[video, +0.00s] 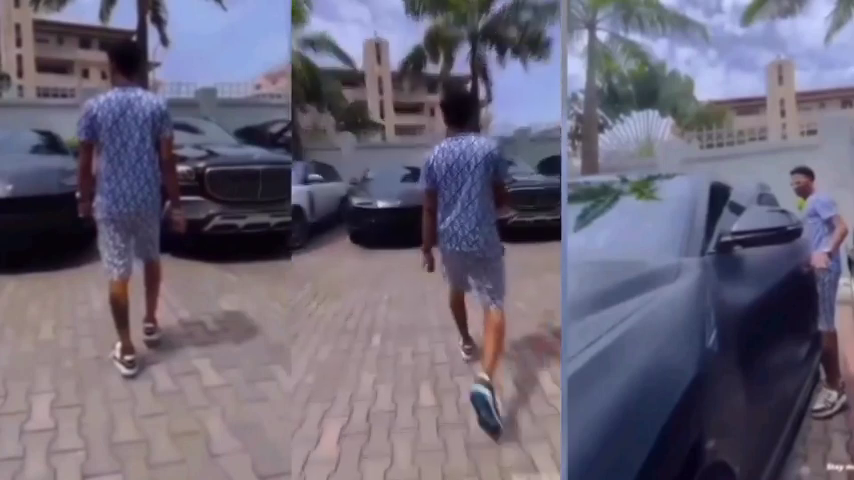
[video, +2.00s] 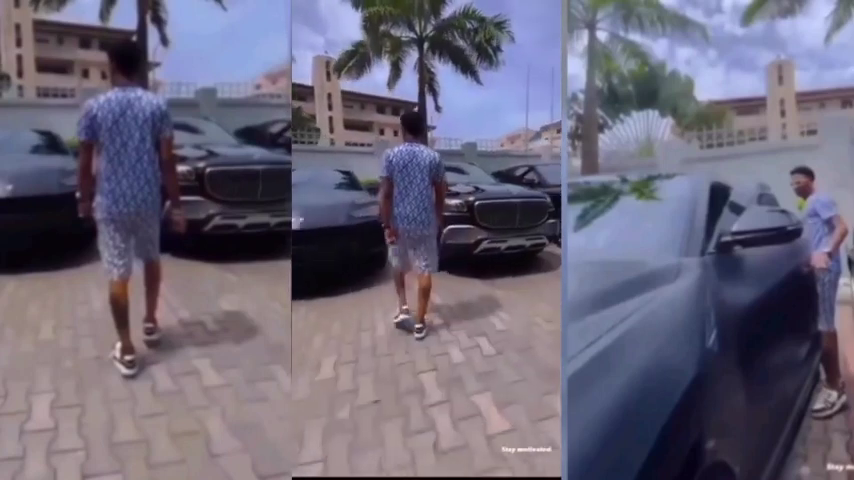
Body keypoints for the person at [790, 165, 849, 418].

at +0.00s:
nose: (796, 187)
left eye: (799, 183)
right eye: (793, 184)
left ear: (811, 181)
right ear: (797, 185)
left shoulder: (821, 201)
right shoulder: (809, 205)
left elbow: (842, 227)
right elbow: (820, 234)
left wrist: (827, 253)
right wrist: (810, 255)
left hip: (825, 268)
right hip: (815, 268)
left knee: (825, 327)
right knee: (822, 327)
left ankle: (834, 388)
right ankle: (830, 385)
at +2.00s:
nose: (796, 187)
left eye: (799, 183)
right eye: (793, 184)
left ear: (811, 181)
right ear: (797, 185)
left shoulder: (821, 201)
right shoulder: (809, 205)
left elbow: (842, 227)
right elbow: (820, 234)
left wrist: (827, 253)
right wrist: (810, 255)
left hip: (825, 268)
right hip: (815, 268)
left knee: (825, 327)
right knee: (822, 327)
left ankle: (834, 388)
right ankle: (830, 385)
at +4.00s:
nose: (796, 187)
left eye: (799, 183)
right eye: (793, 184)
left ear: (811, 181)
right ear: (797, 185)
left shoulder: (821, 201)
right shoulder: (809, 205)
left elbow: (842, 227)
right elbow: (820, 234)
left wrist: (827, 253)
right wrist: (810, 255)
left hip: (825, 268)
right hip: (815, 268)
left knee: (825, 327)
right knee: (822, 327)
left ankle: (834, 388)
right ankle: (830, 385)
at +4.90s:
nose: (795, 187)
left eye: (799, 183)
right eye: (793, 184)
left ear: (811, 181)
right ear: (797, 185)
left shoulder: (820, 201)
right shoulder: (809, 205)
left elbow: (841, 227)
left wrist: (827, 253)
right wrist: (811, 255)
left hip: (825, 268)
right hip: (815, 268)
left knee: (825, 327)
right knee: (821, 327)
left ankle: (835, 387)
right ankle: (830, 383)